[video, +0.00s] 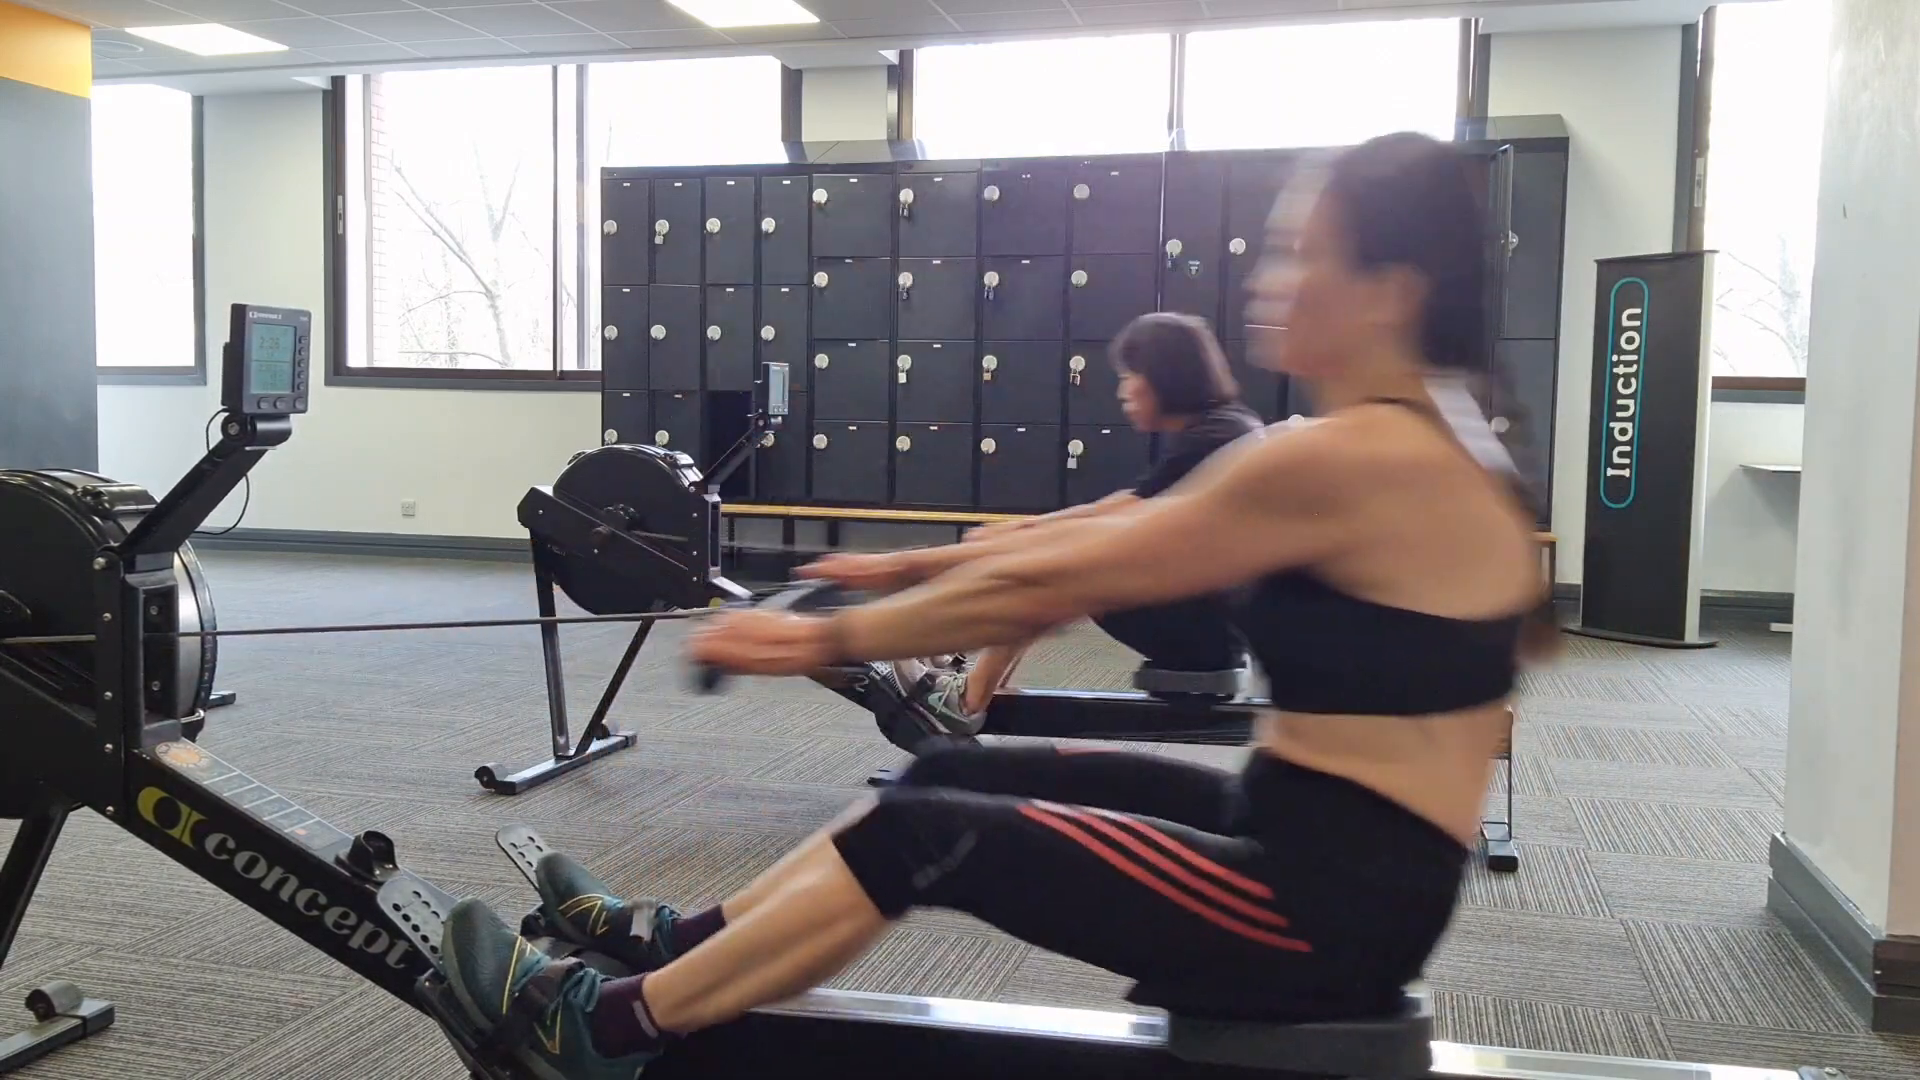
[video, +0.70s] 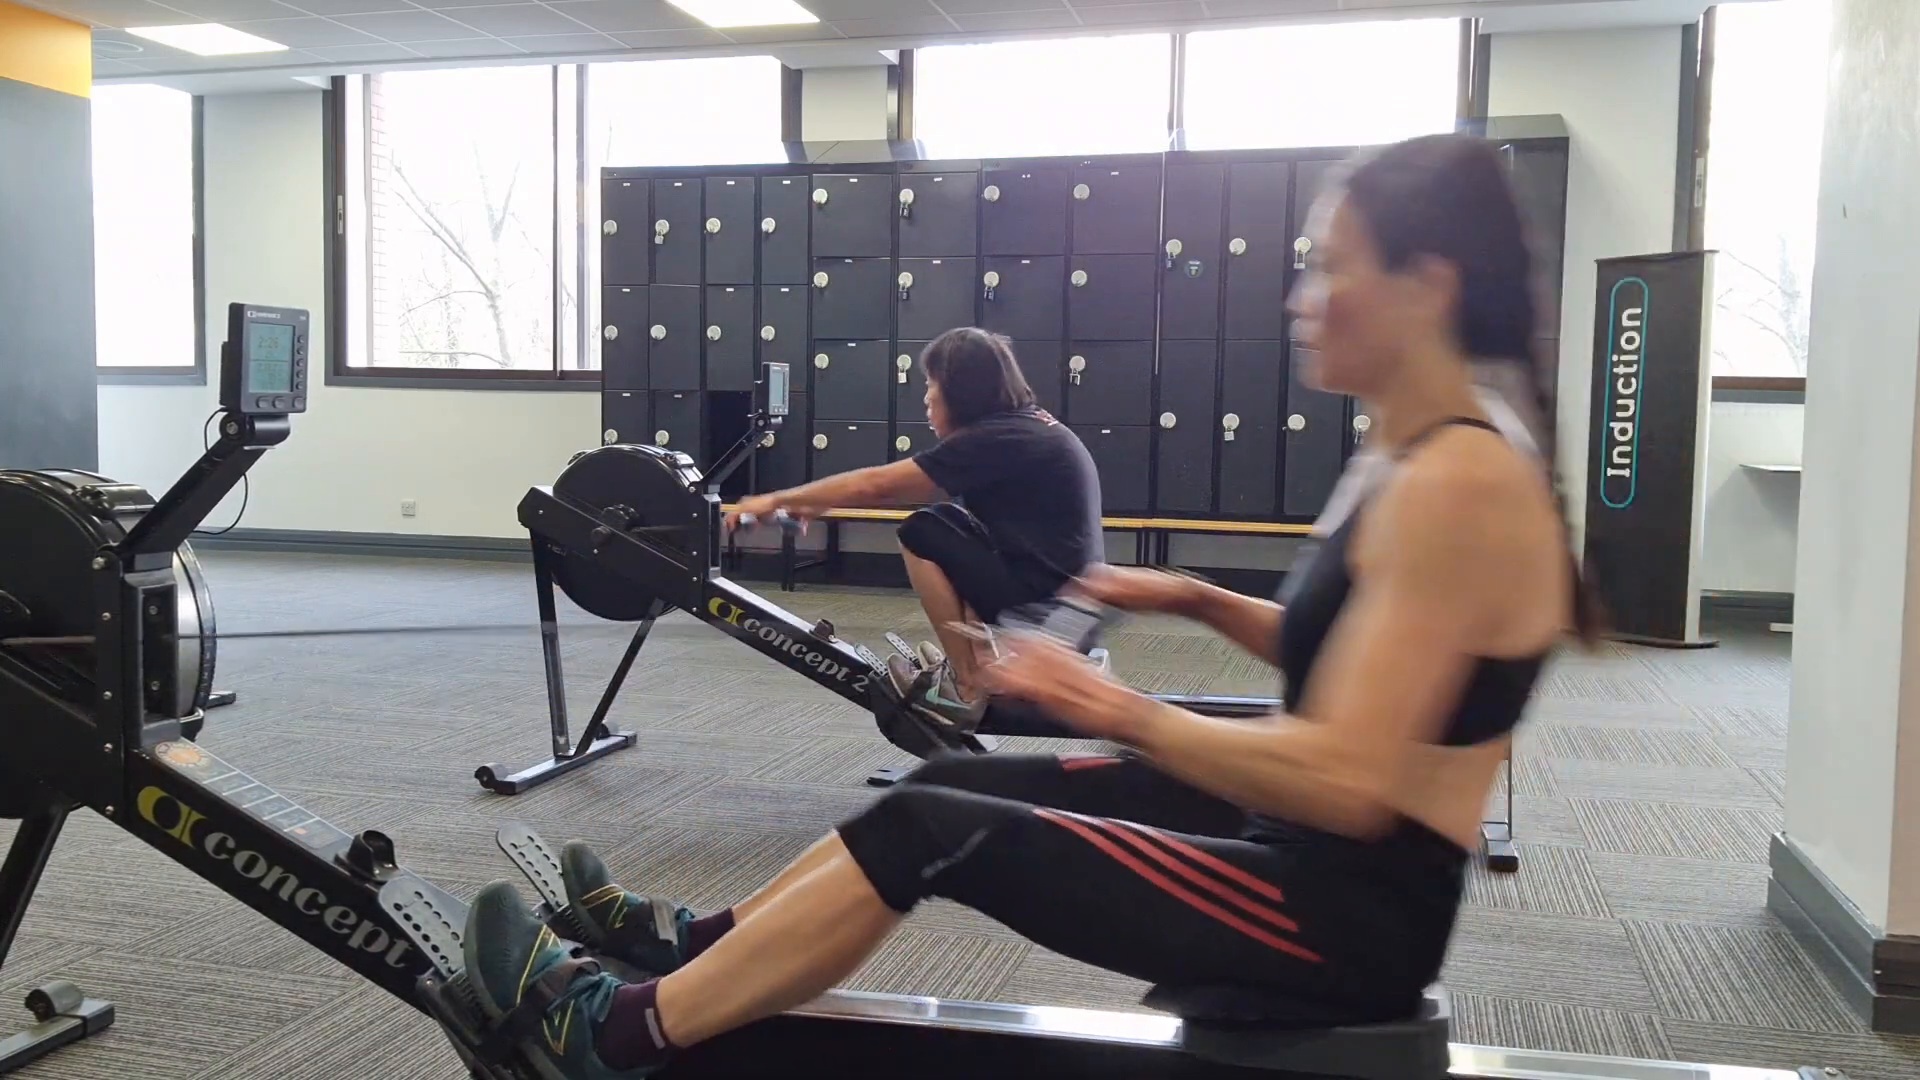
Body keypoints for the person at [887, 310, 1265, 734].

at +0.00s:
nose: (1121, 392)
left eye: (1129, 376)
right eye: (1121, 378)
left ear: (1166, 379)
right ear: (1176, 378)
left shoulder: (1212, 442)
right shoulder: (1204, 435)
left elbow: (1109, 516)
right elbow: (1101, 510)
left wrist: (1008, 540)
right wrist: (1015, 532)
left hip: (1204, 638)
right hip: (1201, 627)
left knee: (1066, 562)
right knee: (1062, 548)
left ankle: (972, 700)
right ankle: (979, 692)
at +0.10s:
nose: (1081, 393)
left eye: (1087, 378)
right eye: (1081, 380)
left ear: (1124, 379)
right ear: (1143, 376)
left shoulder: (1171, 442)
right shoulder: (1192, 429)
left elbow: (1073, 508)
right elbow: (1084, 507)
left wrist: (969, 526)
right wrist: (1003, 531)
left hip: (1176, 605)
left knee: (1019, 559)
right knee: (1027, 549)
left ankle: (970, 696)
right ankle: (978, 687)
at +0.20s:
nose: (1042, 394)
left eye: (1050, 379)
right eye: (1043, 380)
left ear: (1085, 381)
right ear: (1103, 378)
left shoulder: (1129, 443)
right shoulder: (1154, 427)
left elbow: (1025, 507)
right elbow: (1039, 507)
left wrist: (922, 528)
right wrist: (968, 538)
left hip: (1146, 629)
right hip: (1167, 621)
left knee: (997, 538)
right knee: (1013, 536)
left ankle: (973, 666)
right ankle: (989, 667)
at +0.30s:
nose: (1006, 394)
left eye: (1013, 380)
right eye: (1006, 381)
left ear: (1047, 383)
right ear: (1064, 381)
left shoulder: (1091, 442)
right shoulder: (1117, 429)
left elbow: (980, 504)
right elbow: (1007, 507)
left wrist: (876, 532)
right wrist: (942, 538)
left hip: (1120, 627)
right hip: (1139, 619)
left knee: (976, 538)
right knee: (994, 533)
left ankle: (966, 700)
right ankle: (984, 691)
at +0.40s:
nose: (973, 397)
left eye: (979, 383)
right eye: (974, 384)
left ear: (1013, 384)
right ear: (1030, 383)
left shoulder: (1054, 442)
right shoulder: (1079, 430)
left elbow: (939, 503)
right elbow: (975, 504)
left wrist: (840, 533)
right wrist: (899, 539)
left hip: (1096, 628)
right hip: (1111, 621)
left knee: (957, 534)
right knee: (973, 529)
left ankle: (968, 694)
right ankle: (986, 681)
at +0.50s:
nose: (946, 401)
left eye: (952, 386)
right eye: (947, 387)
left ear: (985, 387)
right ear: (1004, 385)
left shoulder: (1025, 442)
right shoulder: (1053, 432)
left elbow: (909, 502)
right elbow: (943, 502)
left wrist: (810, 530)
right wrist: (867, 536)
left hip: (1077, 630)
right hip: (1092, 622)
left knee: (939, 531)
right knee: (954, 526)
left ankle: (967, 695)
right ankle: (987, 677)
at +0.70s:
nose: (925, 401)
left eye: (930, 387)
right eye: (927, 388)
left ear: (959, 389)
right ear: (990, 384)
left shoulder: (994, 440)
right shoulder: (1031, 430)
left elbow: (874, 486)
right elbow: (913, 489)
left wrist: (774, 500)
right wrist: (825, 505)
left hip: (1045, 611)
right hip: (1069, 602)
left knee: (922, 531)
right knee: (943, 520)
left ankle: (969, 684)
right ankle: (976, 667)